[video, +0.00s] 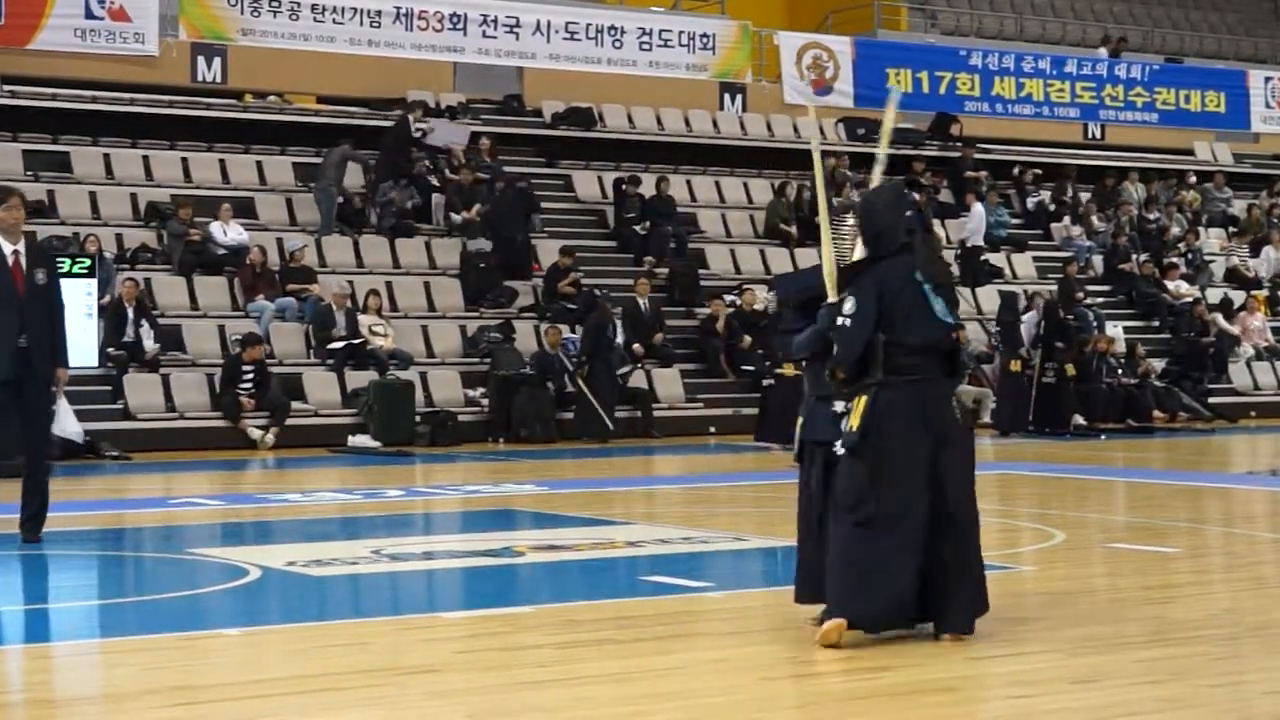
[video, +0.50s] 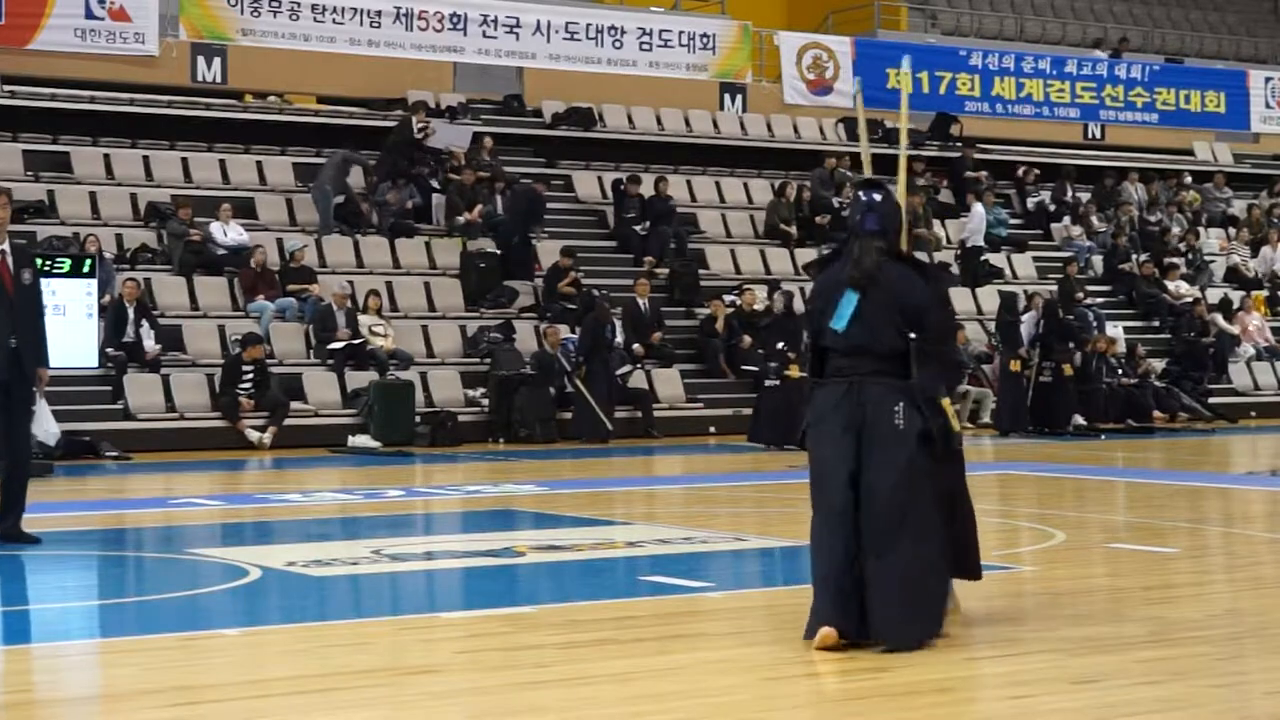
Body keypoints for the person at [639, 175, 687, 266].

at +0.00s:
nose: (667, 187)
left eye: (668, 184)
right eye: (664, 184)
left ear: (669, 186)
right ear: (659, 186)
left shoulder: (671, 199)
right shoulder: (651, 200)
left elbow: (674, 214)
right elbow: (650, 217)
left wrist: (672, 224)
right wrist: (663, 224)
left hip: (670, 224)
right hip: (657, 224)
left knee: (681, 234)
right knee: (664, 233)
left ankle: (682, 259)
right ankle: (661, 258)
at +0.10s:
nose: (667, 187)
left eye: (667, 184)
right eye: (664, 184)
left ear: (669, 186)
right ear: (659, 186)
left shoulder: (670, 199)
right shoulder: (651, 200)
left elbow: (674, 213)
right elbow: (650, 216)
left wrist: (673, 222)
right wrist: (664, 223)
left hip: (669, 225)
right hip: (657, 225)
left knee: (681, 233)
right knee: (665, 233)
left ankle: (681, 259)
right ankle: (661, 258)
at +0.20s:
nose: (667, 187)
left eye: (667, 184)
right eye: (664, 184)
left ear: (668, 186)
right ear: (659, 186)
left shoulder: (670, 199)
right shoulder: (651, 200)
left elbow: (675, 214)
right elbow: (649, 217)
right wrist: (666, 215)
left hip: (671, 225)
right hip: (658, 225)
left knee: (681, 234)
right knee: (666, 233)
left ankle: (681, 260)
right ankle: (660, 258)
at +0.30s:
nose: (666, 187)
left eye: (667, 185)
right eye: (663, 185)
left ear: (668, 186)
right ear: (658, 186)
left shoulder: (670, 199)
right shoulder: (651, 200)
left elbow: (674, 213)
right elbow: (650, 215)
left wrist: (672, 224)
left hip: (670, 224)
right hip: (657, 225)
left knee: (681, 233)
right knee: (665, 233)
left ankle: (682, 260)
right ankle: (663, 261)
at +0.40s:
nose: (665, 187)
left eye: (666, 185)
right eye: (663, 185)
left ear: (668, 186)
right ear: (657, 186)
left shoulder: (670, 199)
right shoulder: (651, 200)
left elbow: (674, 214)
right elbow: (650, 215)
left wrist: (673, 224)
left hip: (670, 224)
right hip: (657, 225)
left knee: (681, 234)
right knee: (665, 233)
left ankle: (682, 260)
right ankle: (663, 261)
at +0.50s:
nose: (665, 187)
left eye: (666, 185)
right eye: (663, 184)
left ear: (668, 186)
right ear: (657, 186)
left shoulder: (670, 199)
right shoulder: (651, 200)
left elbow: (673, 213)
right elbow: (650, 215)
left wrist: (673, 224)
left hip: (670, 224)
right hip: (657, 225)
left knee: (681, 234)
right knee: (665, 233)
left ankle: (682, 260)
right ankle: (664, 261)